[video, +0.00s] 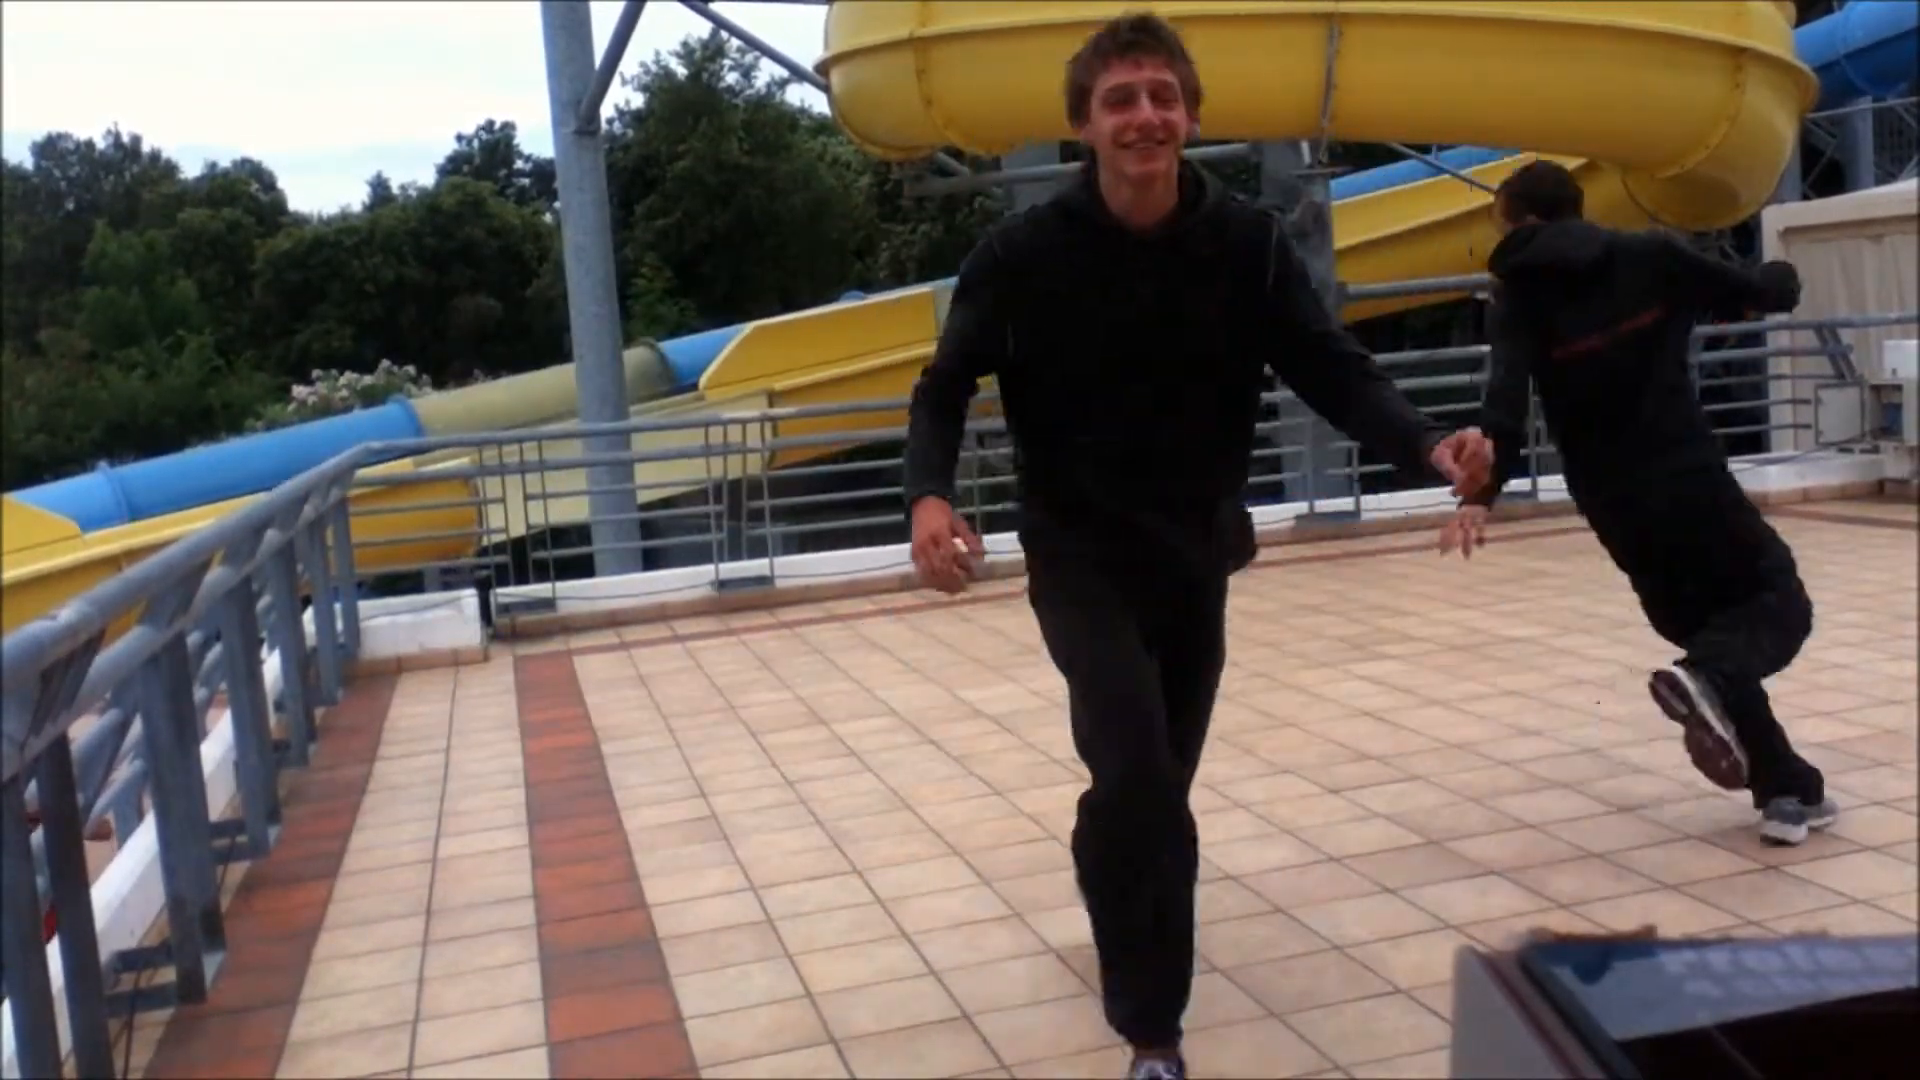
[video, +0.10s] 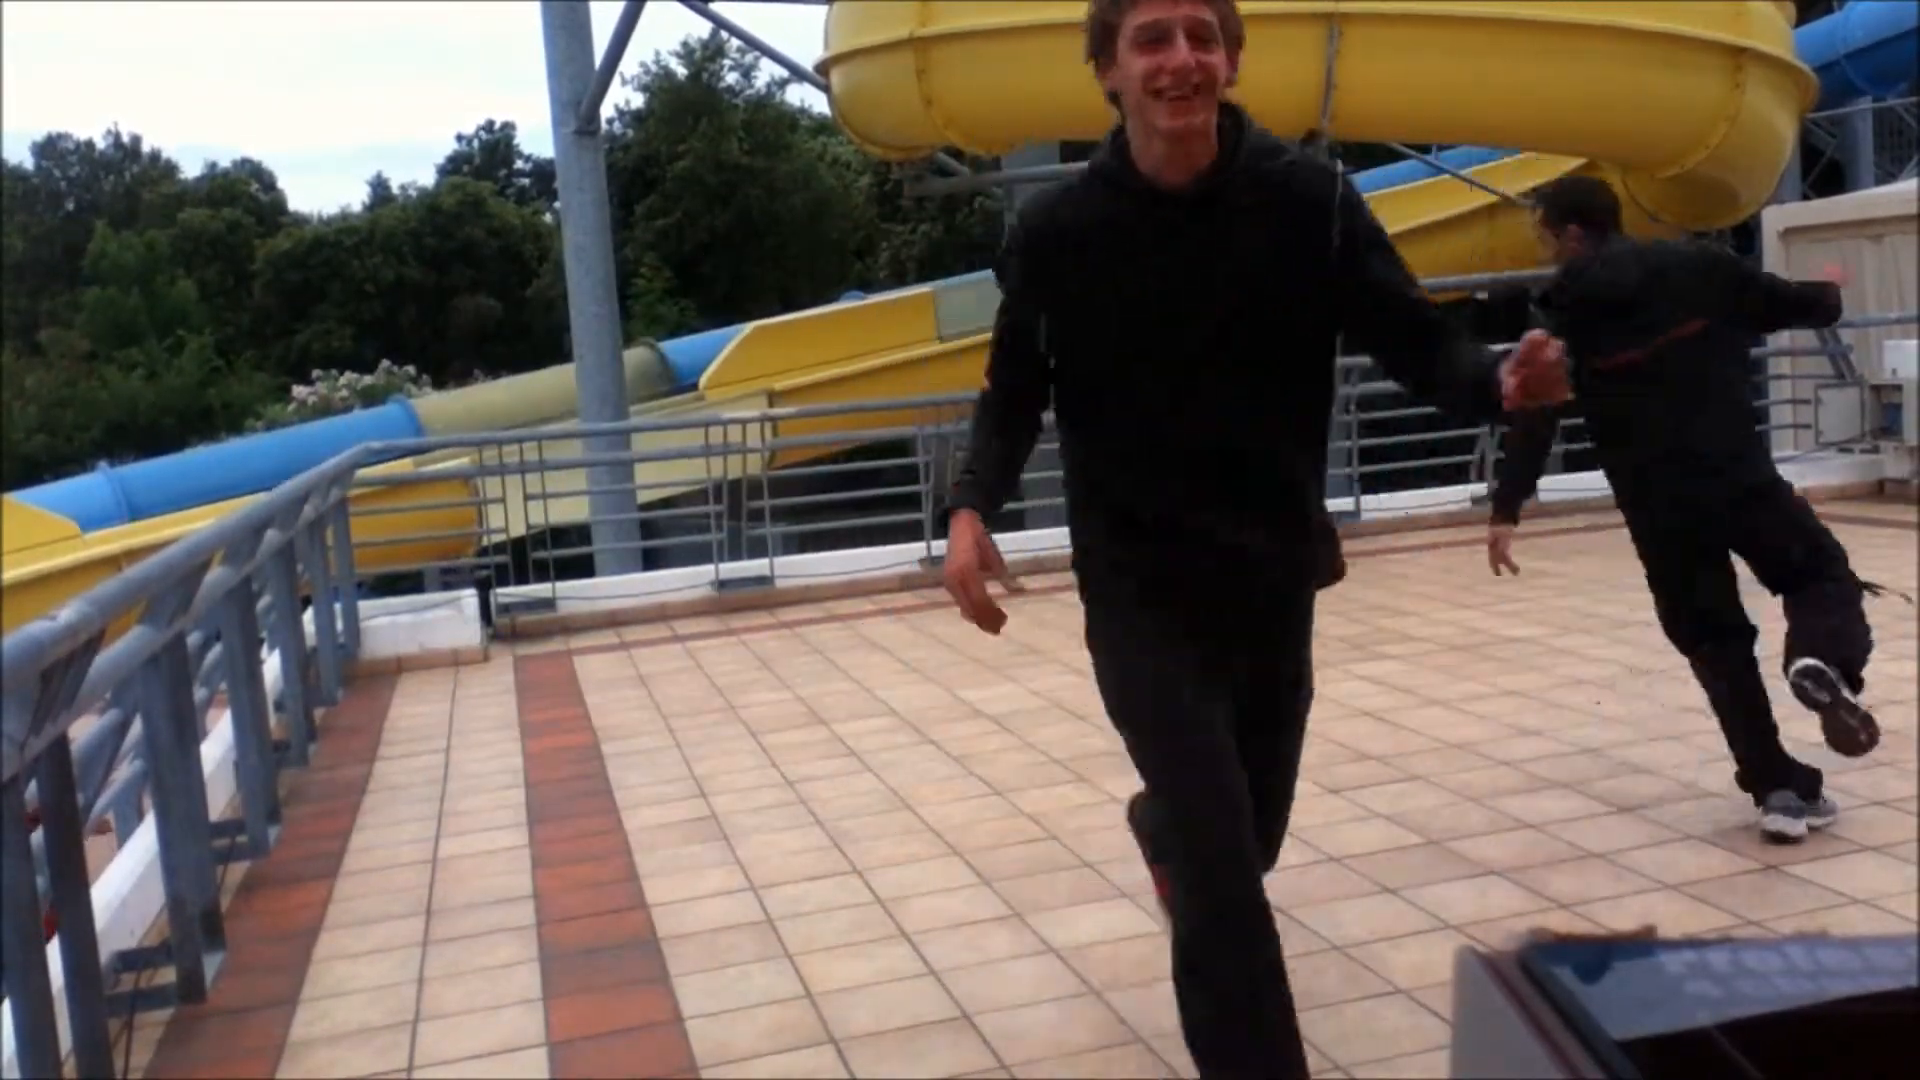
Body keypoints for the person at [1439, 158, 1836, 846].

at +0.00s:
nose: (1498, 232)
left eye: (1500, 221)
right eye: (1499, 221)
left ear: (1516, 220)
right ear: (1574, 208)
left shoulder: (1517, 293)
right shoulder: (1647, 253)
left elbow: (1504, 400)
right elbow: (1765, 291)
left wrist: (1479, 491)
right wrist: (1777, 275)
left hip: (1609, 500)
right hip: (1687, 473)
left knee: (1705, 637)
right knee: (1782, 600)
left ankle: (1788, 791)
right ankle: (1708, 680)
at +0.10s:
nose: (1548, 251)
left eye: (1550, 237)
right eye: (1547, 237)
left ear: (1575, 232)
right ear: (1611, 221)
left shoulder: (1562, 305)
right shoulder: (1694, 263)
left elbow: (1534, 411)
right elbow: (1777, 304)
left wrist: (1504, 511)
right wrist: (1827, 297)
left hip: (1656, 507)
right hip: (1738, 478)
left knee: (1714, 643)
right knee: (1820, 574)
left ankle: (1778, 790)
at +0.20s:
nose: (1544, 216)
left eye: (1549, 202)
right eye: (1542, 203)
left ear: (1586, 197)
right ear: (1617, 193)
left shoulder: (1575, 263)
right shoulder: (1702, 231)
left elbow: (1565, 359)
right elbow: (1792, 271)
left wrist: (1541, 443)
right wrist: (1845, 293)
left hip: (1678, 453)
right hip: (1759, 434)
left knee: (1718, 588)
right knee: (1797, 561)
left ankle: (1788, 739)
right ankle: (1837, 703)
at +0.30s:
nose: (1586, 200)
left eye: (1583, 189)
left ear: (1588, 190)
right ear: (1641, 177)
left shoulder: (1590, 247)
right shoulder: (1714, 227)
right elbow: (1825, 272)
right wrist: (1763, 263)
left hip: (1679, 433)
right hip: (1763, 419)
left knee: (1721, 572)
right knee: (1790, 561)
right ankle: (1817, 711)